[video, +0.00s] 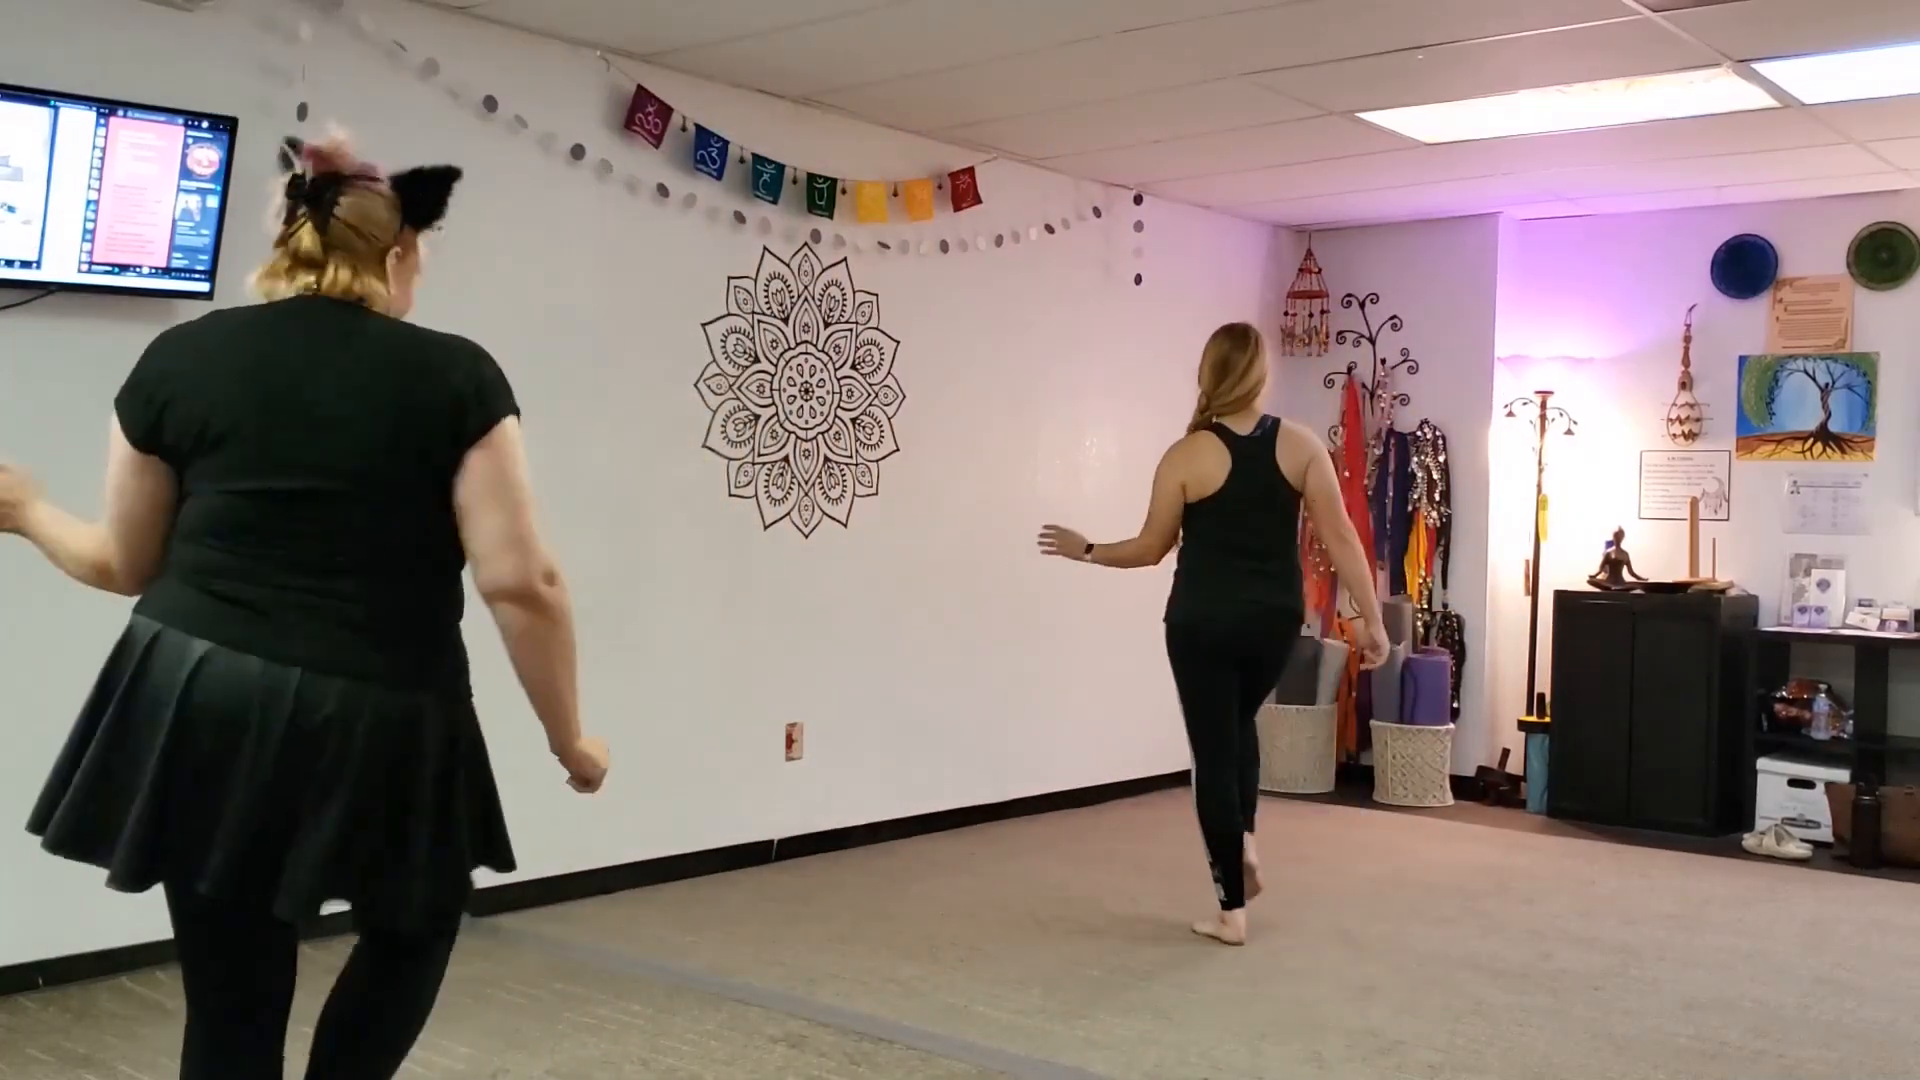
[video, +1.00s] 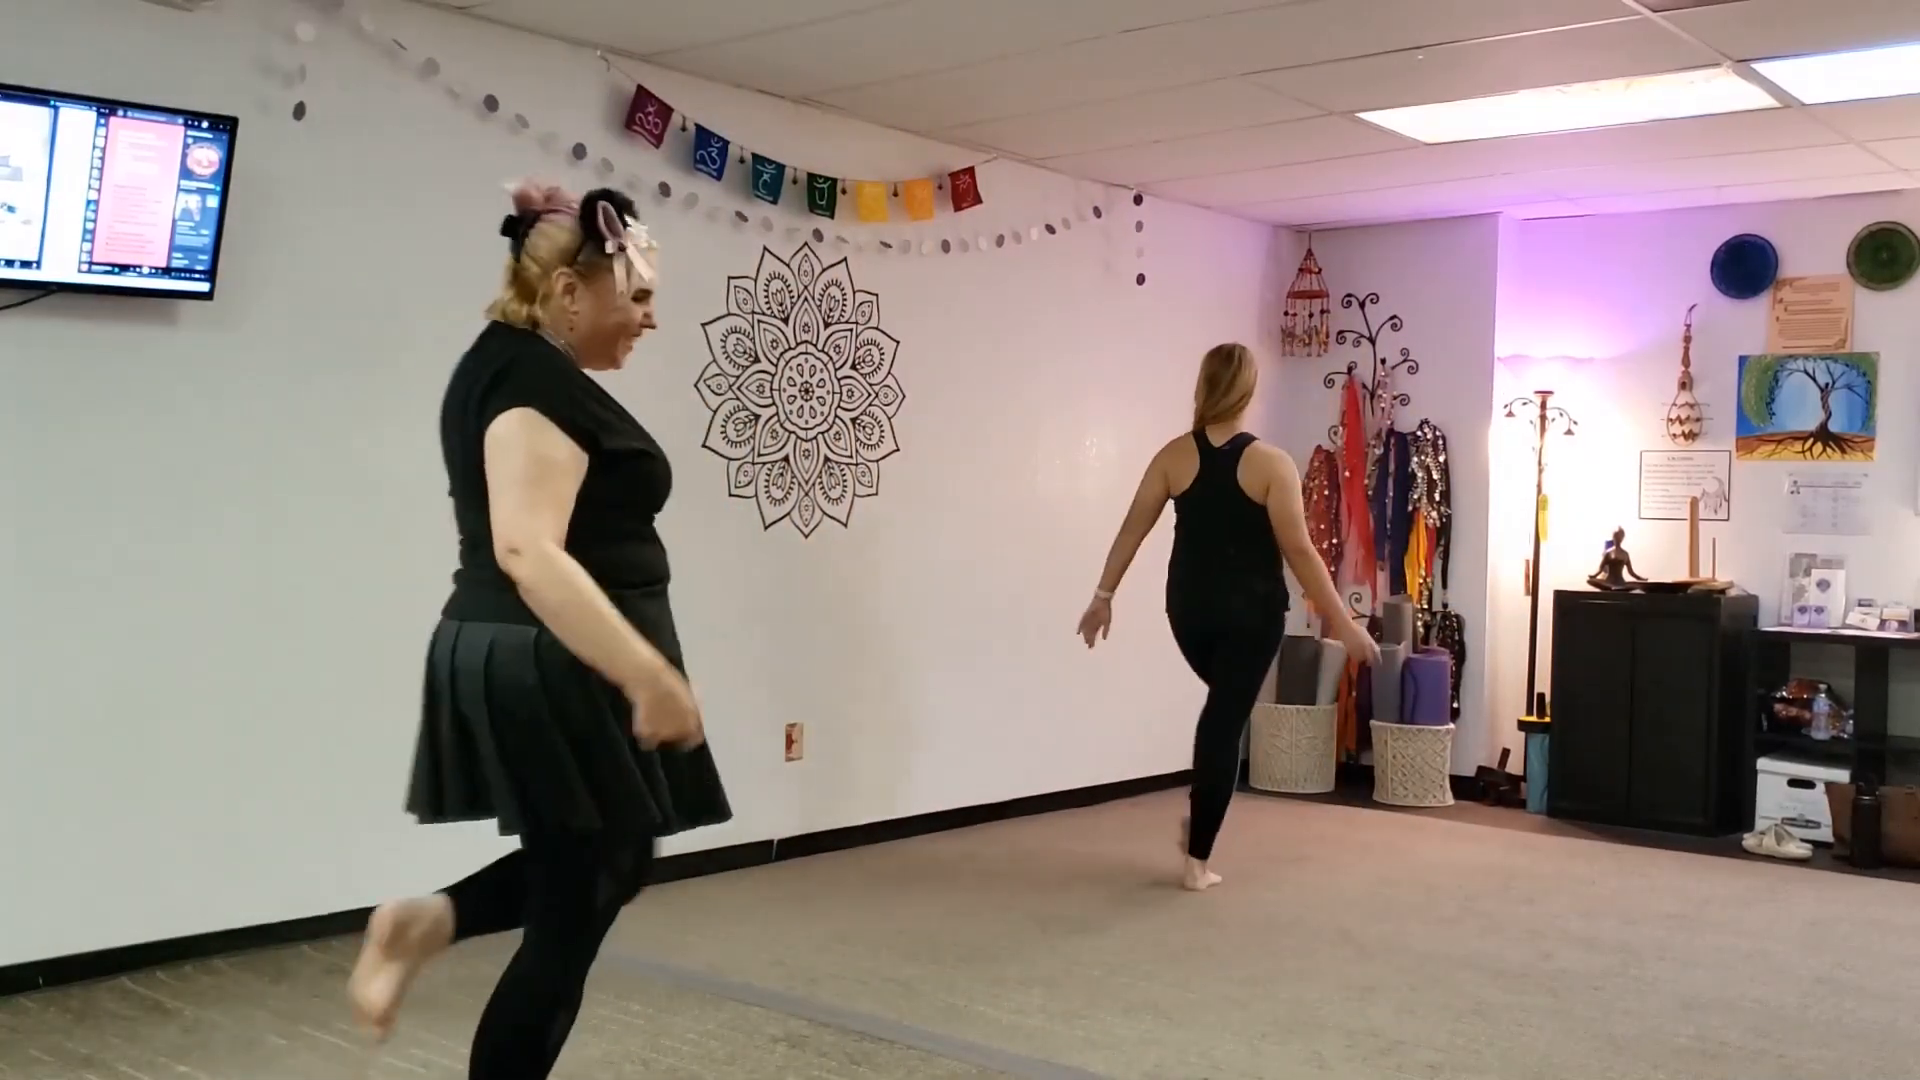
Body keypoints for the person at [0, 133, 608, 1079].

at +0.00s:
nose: (418, 281)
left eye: (419, 262)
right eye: (417, 261)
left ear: (285, 245)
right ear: (395, 256)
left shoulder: (182, 358)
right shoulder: (452, 376)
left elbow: (126, 565)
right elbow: (517, 580)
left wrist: (26, 511)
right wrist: (569, 737)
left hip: (203, 700)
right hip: (382, 716)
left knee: (232, 1004)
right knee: (416, 922)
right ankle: (340, 1072)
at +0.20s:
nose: (460, 275)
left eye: (460, 253)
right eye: (454, 253)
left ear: (330, 245)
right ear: (400, 252)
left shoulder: (224, 334)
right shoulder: (435, 352)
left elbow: (169, 532)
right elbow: (467, 542)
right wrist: (551, 722)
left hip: (216, 664)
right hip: (394, 677)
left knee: (246, 980)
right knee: (431, 935)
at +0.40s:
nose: (487, 290)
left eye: (489, 271)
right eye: (480, 270)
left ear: (386, 262)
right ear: (421, 267)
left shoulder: (281, 356)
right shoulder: (448, 366)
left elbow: (259, 518)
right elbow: (462, 541)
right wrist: (537, 723)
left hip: (260, 672)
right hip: (408, 690)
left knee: (273, 981)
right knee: (450, 975)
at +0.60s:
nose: (536, 283)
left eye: (536, 261)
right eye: (528, 260)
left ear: (439, 260)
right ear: (468, 263)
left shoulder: (358, 358)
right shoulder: (477, 370)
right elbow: (480, 539)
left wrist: (438, 205)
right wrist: (541, 720)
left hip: (350, 670)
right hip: (476, 688)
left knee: (341, 957)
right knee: (503, 955)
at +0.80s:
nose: (588, 297)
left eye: (590, 277)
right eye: (580, 275)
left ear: (503, 266)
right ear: (521, 271)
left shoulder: (432, 357)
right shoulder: (517, 379)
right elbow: (506, 546)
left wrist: (500, 200)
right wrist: (541, 717)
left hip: (437, 657)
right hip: (542, 671)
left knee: (422, 923)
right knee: (532, 944)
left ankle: (321, 1071)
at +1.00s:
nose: (648, 318)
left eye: (650, 299)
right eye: (636, 296)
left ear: (566, 292)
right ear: (569, 290)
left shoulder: (507, 369)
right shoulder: (534, 384)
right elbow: (528, 550)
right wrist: (650, 675)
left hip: (504, 645)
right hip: (545, 661)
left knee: (615, 854)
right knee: (584, 889)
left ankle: (432, 921)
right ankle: (504, 1068)